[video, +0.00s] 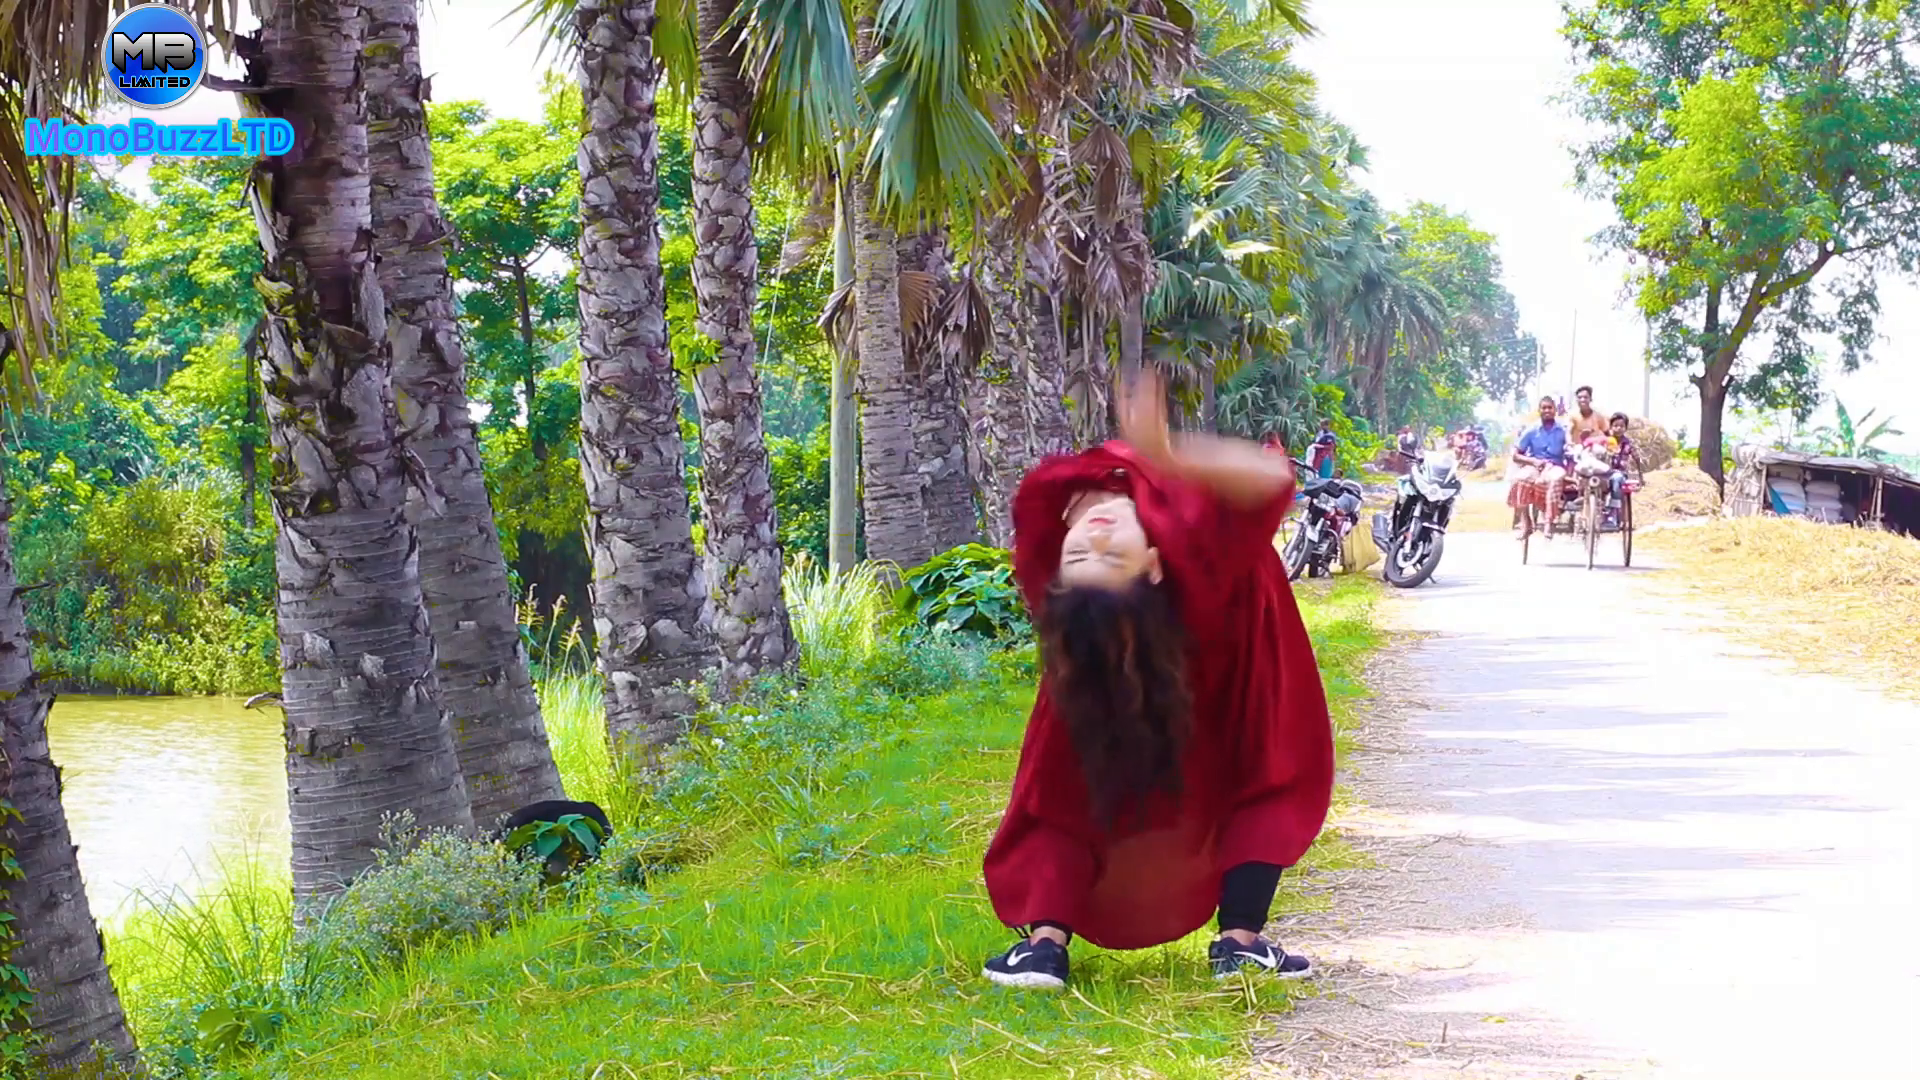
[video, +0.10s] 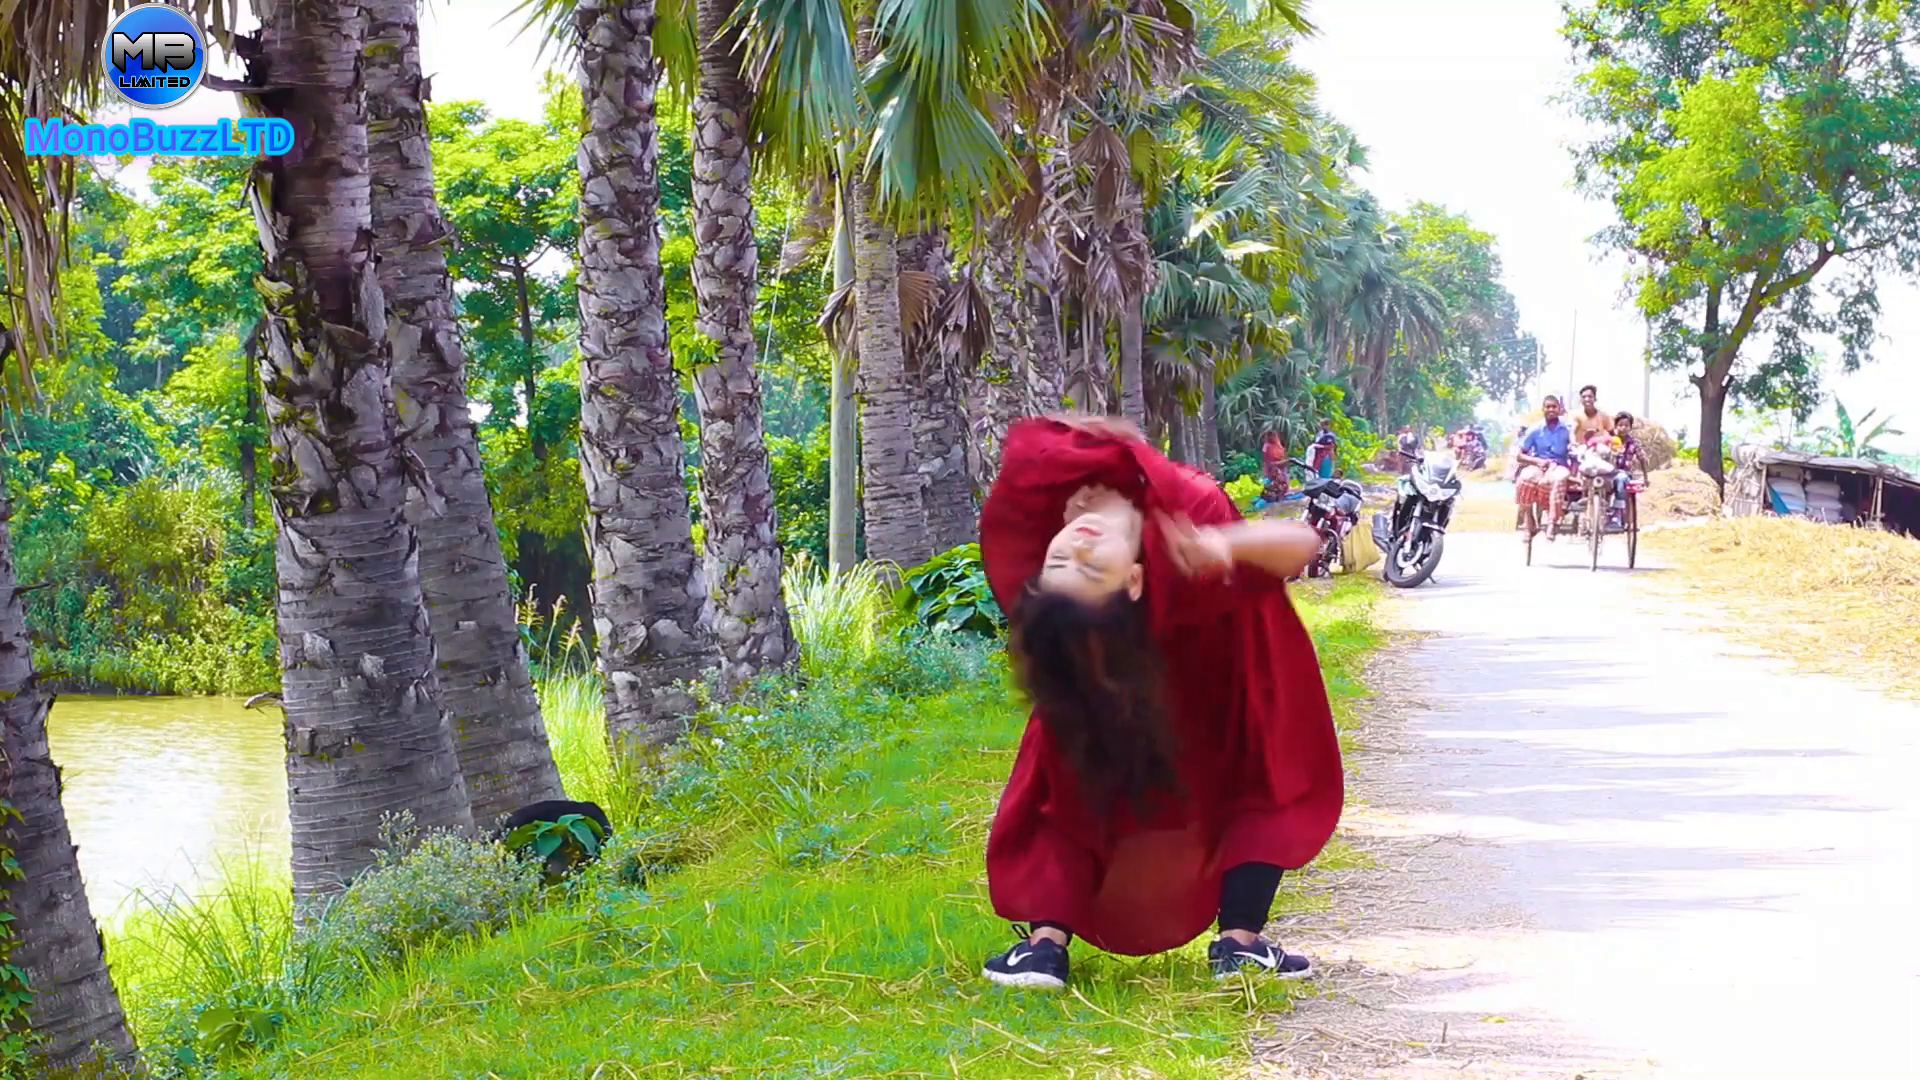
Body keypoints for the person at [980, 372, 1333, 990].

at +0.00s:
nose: (1093, 525)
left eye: (1075, 546)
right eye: (1109, 546)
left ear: (1060, 559)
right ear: (1154, 562)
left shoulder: (1046, 525)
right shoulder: (1204, 513)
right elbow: (1274, 478)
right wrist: (1173, 457)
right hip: (1236, 639)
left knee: (1063, 775)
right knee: (1278, 768)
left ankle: (1044, 941)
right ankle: (1242, 937)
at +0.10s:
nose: (1081, 510)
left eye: (1057, 553)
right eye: (1089, 558)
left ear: (1042, 554)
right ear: (1134, 577)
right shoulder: (1193, 545)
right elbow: (1302, 543)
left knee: (1070, 781)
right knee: (1272, 767)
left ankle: (1045, 942)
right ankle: (1242, 936)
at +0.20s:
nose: (1080, 550)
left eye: (1061, 573)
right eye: (1095, 578)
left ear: (1039, 571)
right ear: (1130, 594)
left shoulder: (1029, 478)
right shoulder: (1194, 576)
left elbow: (1002, 402)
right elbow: (1310, 562)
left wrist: (1105, 374)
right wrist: (1307, 572)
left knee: (1066, 768)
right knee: (1258, 766)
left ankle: (1043, 944)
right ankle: (1241, 938)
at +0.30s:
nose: (1091, 562)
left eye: (1073, 585)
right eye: (1106, 584)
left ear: (1059, 576)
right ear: (1143, 597)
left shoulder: (1040, 506)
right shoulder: (1207, 566)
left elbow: (977, 411)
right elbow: (1285, 564)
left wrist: (1064, 366)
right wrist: (1346, 491)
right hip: (1206, 640)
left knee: (1050, 766)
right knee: (1260, 764)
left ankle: (1041, 943)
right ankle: (1240, 939)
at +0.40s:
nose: (1105, 557)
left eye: (1089, 576)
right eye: (1126, 575)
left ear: (1069, 580)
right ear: (1163, 571)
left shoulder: (1054, 509)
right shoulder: (1214, 507)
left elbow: (971, 413)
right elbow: (1282, 552)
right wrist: (1287, 485)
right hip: (1211, 676)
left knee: (1050, 773)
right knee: (1250, 776)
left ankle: (1040, 943)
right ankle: (1239, 936)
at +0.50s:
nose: (1116, 528)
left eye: (1105, 554)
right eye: (1139, 551)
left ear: (1085, 568)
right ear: (1180, 546)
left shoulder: (1063, 532)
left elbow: (969, 463)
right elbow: (1269, 437)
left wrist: (1001, 524)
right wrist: (1174, 458)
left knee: (1054, 778)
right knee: (1248, 772)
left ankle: (1039, 941)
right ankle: (1239, 936)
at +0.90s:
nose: (1111, 450)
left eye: (1095, 466)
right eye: (1128, 477)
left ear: (1072, 483)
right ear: (1155, 501)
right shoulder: (1221, 489)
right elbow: (1311, 474)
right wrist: (1215, 406)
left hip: (1139, 596)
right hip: (1244, 598)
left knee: (1088, 758)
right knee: (1267, 758)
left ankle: (1045, 941)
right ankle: (1242, 939)